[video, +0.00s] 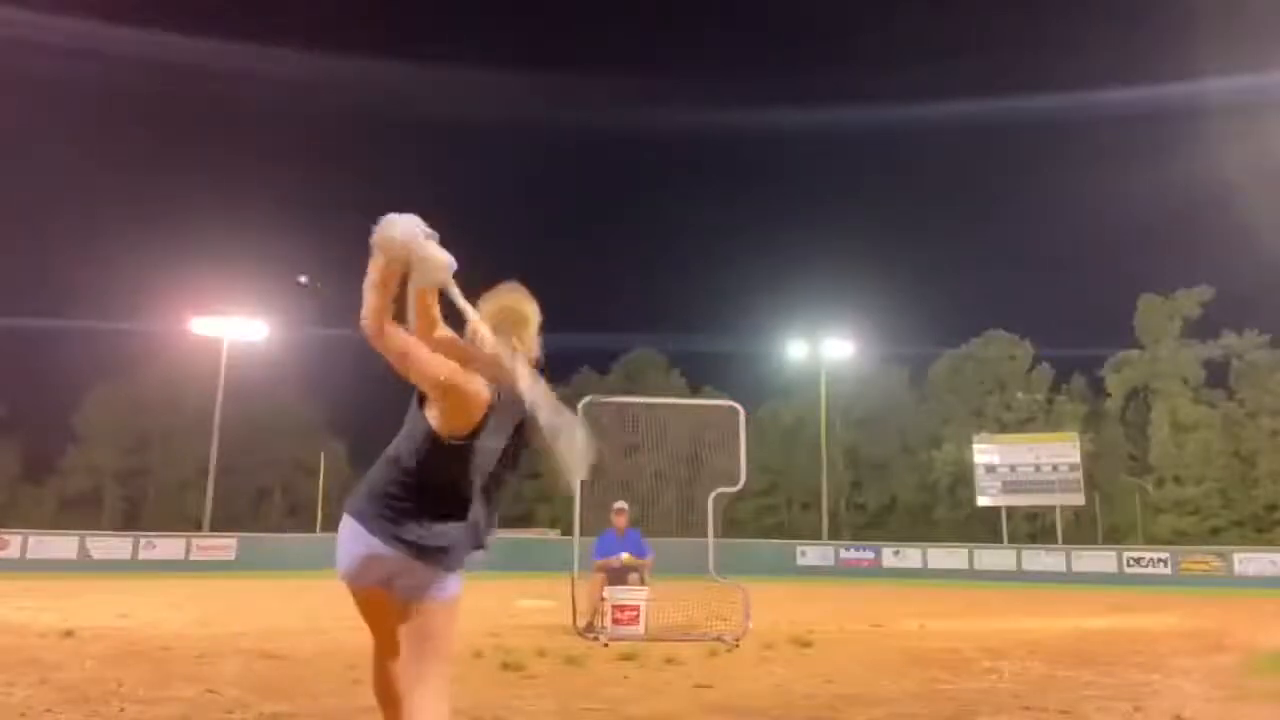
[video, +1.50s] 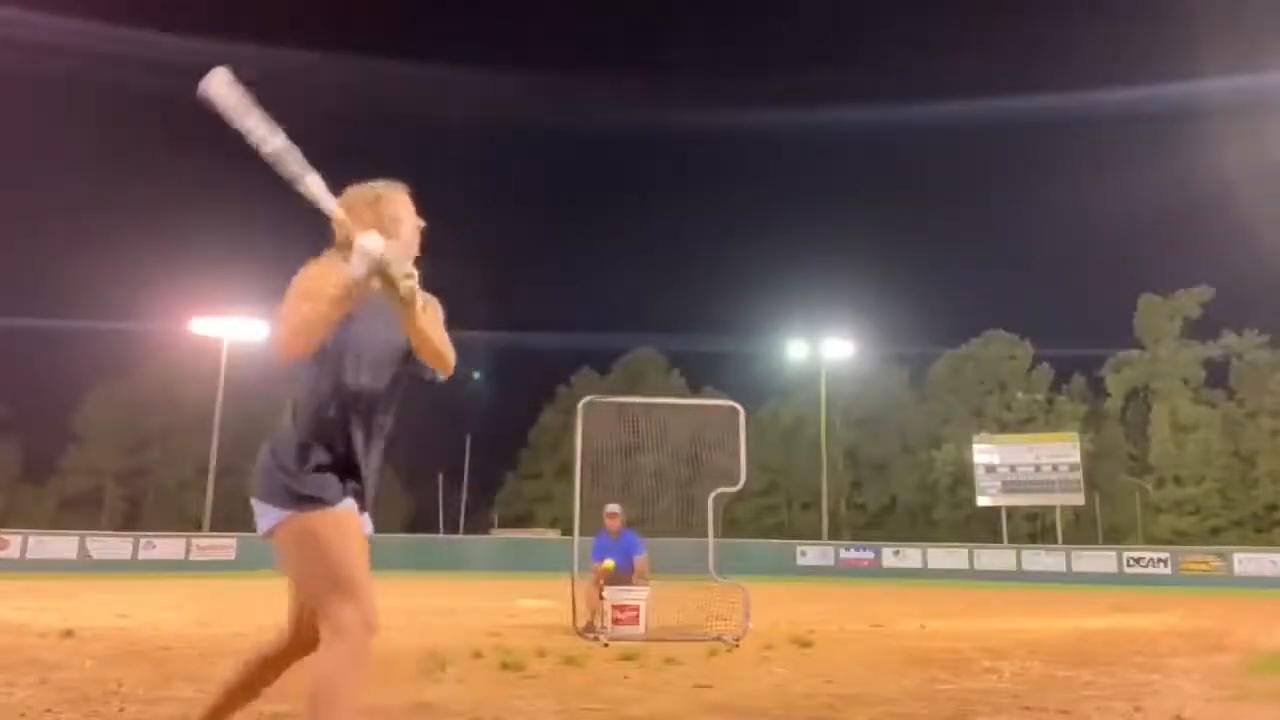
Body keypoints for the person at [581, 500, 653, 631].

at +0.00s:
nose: (620, 518)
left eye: (623, 514)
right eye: (617, 514)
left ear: (628, 517)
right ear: (611, 517)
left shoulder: (635, 535)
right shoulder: (605, 536)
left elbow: (648, 560)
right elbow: (596, 564)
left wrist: (632, 561)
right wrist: (612, 562)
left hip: (629, 570)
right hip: (611, 571)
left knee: (634, 578)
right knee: (598, 577)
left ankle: (635, 620)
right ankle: (591, 620)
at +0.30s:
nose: (620, 518)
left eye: (623, 514)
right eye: (617, 514)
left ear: (628, 517)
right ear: (611, 517)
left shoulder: (635, 536)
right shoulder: (605, 537)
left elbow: (648, 560)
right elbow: (597, 561)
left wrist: (630, 563)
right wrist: (607, 568)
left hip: (629, 571)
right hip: (611, 572)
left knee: (636, 578)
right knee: (596, 579)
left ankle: (636, 620)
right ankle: (591, 620)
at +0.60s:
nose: (618, 519)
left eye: (621, 515)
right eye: (615, 515)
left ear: (627, 517)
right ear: (609, 517)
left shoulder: (633, 536)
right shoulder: (602, 536)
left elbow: (644, 555)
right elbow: (595, 561)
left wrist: (636, 568)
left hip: (629, 572)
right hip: (608, 573)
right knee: (593, 585)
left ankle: (638, 623)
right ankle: (590, 621)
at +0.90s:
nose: (617, 524)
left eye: (620, 519)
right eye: (614, 519)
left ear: (625, 520)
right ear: (609, 521)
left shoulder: (634, 536)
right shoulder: (603, 537)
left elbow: (641, 558)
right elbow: (596, 561)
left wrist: (637, 574)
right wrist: (601, 571)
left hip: (628, 573)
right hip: (609, 574)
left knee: (639, 581)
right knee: (594, 586)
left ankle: (637, 622)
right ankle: (590, 621)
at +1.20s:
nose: (615, 522)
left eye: (618, 518)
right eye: (611, 518)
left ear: (623, 519)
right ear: (606, 520)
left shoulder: (632, 537)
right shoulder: (601, 538)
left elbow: (640, 559)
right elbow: (597, 563)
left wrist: (638, 576)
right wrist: (599, 577)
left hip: (628, 575)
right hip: (608, 576)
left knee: (641, 582)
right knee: (593, 587)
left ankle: (637, 622)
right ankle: (590, 621)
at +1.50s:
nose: (613, 521)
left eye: (615, 517)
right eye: (609, 517)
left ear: (622, 519)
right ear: (604, 520)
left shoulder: (631, 537)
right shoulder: (600, 539)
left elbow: (640, 560)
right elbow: (596, 564)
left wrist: (638, 577)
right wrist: (601, 575)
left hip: (627, 575)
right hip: (608, 576)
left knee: (641, 582)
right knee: (593, 586)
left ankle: (636, 621)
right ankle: (591, 621)